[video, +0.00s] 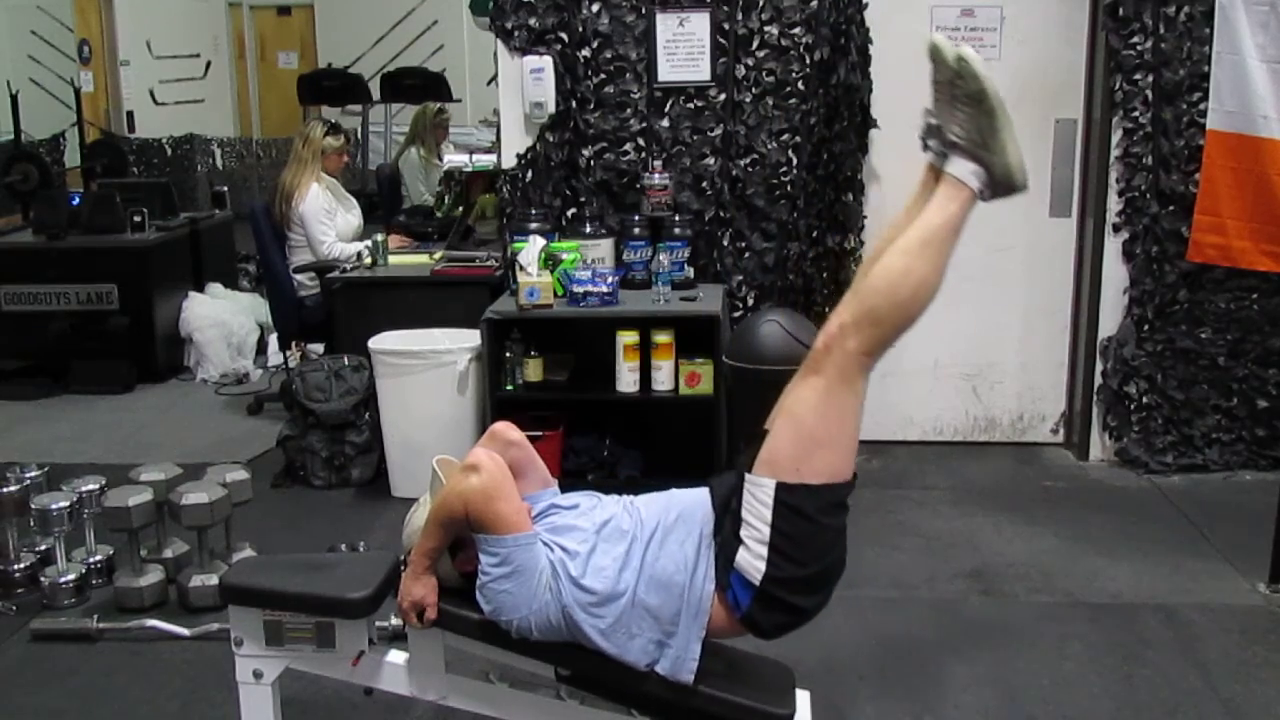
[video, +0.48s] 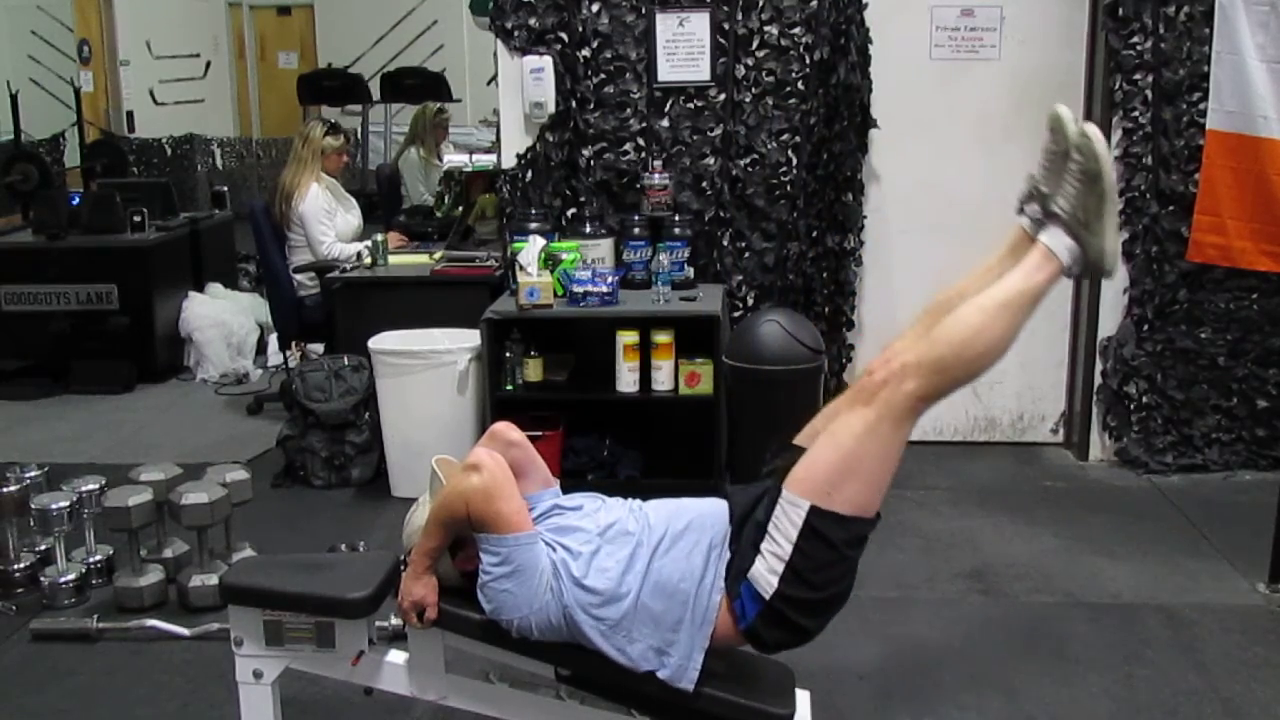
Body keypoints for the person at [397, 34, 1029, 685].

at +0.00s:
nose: (500, 481)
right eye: (480, 481)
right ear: (477, 520)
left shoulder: (554, 529)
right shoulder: (519, 580)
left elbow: (502, 441)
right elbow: (471, 480)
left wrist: (448, 525)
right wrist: (422, 562)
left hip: (747, 541)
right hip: (755, 569)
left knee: (839, 344)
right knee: (840, 349)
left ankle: (951, 167)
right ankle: (964, 170)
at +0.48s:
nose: (510, 462)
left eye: (516, 454)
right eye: (494, 464)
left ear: (524, 480)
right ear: (480, 502)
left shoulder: (555, 524)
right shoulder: (514, 578)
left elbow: (506, 436)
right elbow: (466, 475)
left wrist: (448, 509)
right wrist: (422, 559)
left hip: (746, 530)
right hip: (759, 587)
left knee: (887, 375)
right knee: (891, 386)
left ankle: (1040, 230)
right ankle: (1060, 246)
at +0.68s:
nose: (505, 460)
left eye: (509, 453)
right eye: (490, 464)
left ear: (520, 480)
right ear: (481, 504)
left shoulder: (555, 516)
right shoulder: (519, 579)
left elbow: (506, 444)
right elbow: (474, 475)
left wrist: (445, 517)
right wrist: (423, 555)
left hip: (743, 534)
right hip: (757, 590)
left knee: (903, 391)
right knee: (910, 403)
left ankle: (1069, 264)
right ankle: (1091, 283)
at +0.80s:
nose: (512, 453)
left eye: (515, 448)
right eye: (495, 457)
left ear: (524, 475)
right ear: (478, 501)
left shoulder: (559, 520)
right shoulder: (516, 572)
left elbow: (509, 445)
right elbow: (469, 472)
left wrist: (446, 517)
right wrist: (423, 559)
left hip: (750, 534)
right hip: (757, 592)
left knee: (915, 401)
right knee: (921, 414)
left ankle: (1095, 287)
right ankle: (1112, 304)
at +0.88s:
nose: (518, 457)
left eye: (520, 451)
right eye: (500, 458)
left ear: (523, 478)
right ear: (482, 499)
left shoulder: (555, 522)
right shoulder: (513, 580)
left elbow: (513, 440)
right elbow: (471, 473)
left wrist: (445, 518)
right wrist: (423, 558)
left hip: (751, 538)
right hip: (754, 599)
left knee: (921, 405)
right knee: (925, 416)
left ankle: (1106, 306)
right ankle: (1124, 323)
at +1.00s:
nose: (515, 461)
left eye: (516, 454)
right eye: (496, 462)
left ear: (525, 482)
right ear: (479, 508)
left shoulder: (561, 525)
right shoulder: (511, 577)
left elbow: (508, 432)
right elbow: (465, 476)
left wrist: (445, 519)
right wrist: (422, 555)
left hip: (761, 537)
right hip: (755, 599)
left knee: (933, 413)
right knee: (932, 430)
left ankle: (1129, 335)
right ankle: (1141, 352)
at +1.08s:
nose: (527, 446)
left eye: (524, 440)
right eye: (509, 447)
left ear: (532, 473)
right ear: (487, 488)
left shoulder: (565, 519)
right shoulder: (516, 573)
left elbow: (514, 442)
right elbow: (465, 471)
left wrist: (436, 535)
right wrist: (422, 554)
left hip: (763, 541)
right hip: (758, 606)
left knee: (933, 414)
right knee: (931, 430)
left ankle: (1134, 360)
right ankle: (1146, 380)